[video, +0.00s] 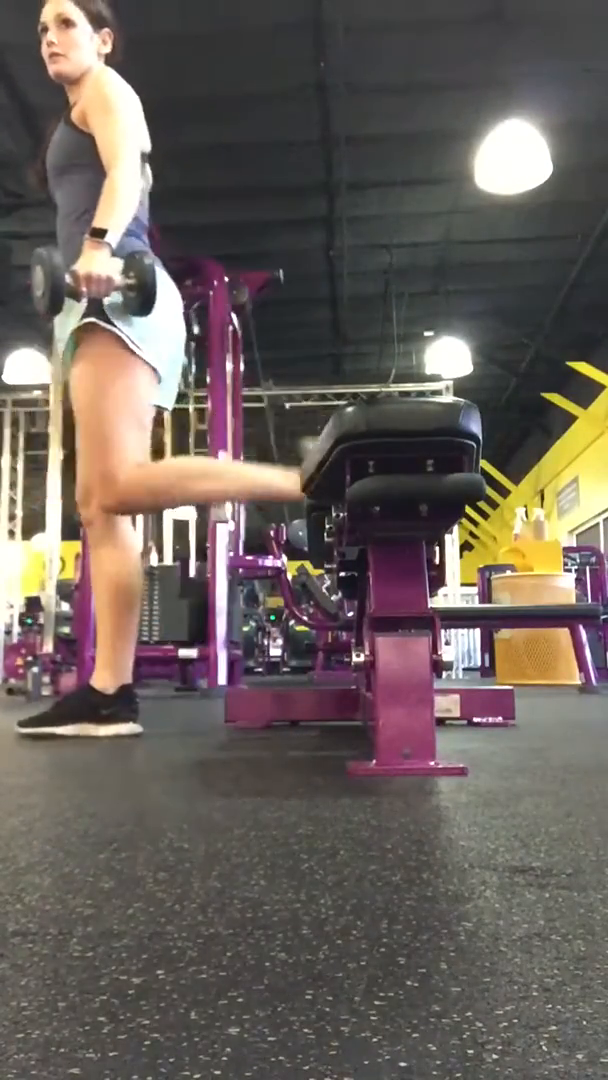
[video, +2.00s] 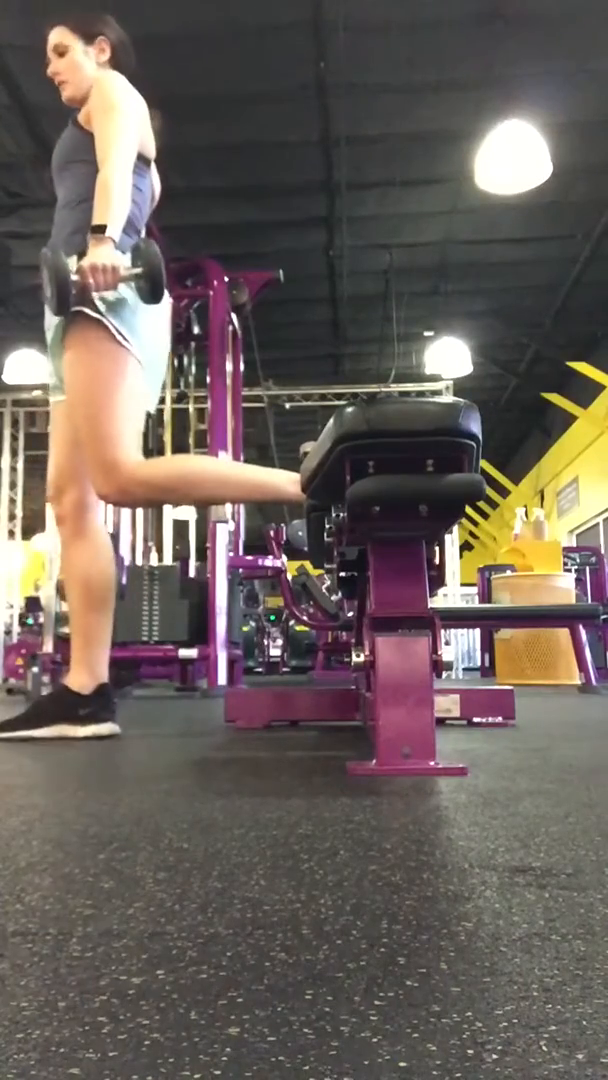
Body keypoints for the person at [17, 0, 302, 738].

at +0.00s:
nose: (49, 38)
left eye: (64, 25)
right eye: (43, 30)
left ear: (102, 38)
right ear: (44, 45)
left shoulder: (105, 88)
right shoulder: (84, 107)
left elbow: (127, 167)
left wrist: (99, 244)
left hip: (122, 294)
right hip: (101, 301)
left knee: (119, 483)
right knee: (98, 505)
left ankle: (309, 483)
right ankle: (109, 690)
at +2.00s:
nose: (51, 68)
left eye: (61, 53)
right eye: (48, 58)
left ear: (101, 51)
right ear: (91, 57)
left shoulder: (113, 93)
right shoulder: (101, 120)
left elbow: (119, 161)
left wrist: (103, 238)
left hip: (113, 293)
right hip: (98, 301)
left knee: (117, 475)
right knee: (71, 499)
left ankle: (310, 486)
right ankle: (85, 689)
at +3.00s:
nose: (46, 89)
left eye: (52, 73)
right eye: (45, 78)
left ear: (84, 65)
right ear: (103, 71)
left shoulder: (91, 90)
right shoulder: (121, 138)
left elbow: (119, 148)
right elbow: (138, 253)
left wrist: (72, 228)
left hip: (104, 296)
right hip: (110, 309)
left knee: (123, 467)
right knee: (51, 498)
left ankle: (314, 486)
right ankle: (77, 682)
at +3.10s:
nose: (39, 92)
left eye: (46, 77)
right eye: (40, 80)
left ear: (79, 71)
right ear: (98, 80)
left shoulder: (81, 105)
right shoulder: (124, 149)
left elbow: (98, 179)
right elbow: (142, 265)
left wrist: (63, 263)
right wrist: (146, 357)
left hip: (98, 313)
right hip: (120, 325)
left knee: (122, 497)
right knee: (37, 511)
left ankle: (311, 495)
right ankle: (77, 689)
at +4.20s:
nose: (10, 65)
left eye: (19, 51)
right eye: (14, 53)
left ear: (49, 51)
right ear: (60, 55)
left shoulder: (54, 98)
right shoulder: (82, 128)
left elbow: (61, 185)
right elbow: (90, 234)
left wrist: (30, 270)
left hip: (79, 301)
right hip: (85, 308)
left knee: (118, 492)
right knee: (22, 507)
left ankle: (307, 492)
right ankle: (38, 692)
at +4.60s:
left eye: (2, 109)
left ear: (25, 115)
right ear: (46, 123)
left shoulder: (34, 163)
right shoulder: (54, 180)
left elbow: (42, 259)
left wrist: (19, 350)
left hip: (126, 368)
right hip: (101, 392)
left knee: (135, 565)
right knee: (10, 508)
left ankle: (300, 502)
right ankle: (36, 691)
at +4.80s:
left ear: (14, 181)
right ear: (31, 187)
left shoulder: (25, 237)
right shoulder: (48, 248)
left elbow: (36, 344)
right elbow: (100, 384)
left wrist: (14, 447)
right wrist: (65, 462)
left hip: (159, 414)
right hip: (122, 435)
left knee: (168, 616)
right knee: (10, 516)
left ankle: (302, 501)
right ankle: (38, 692)